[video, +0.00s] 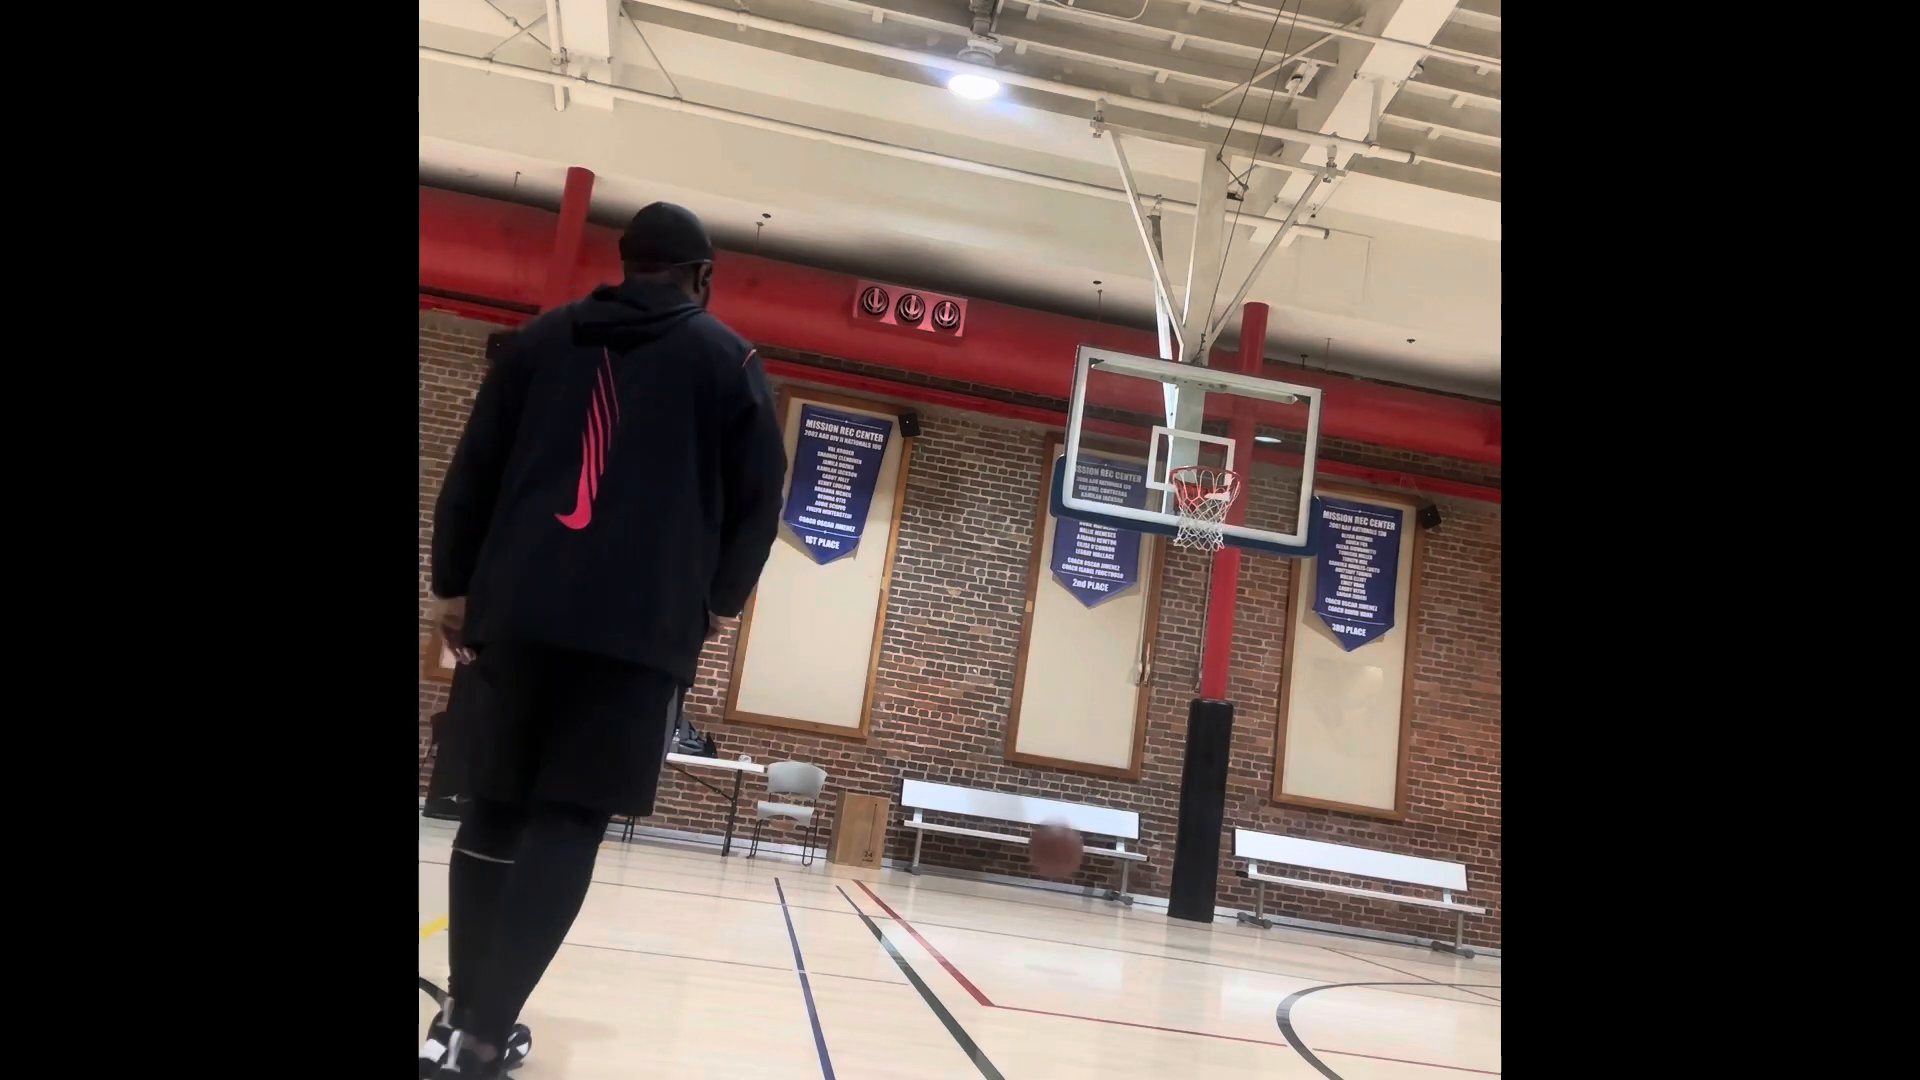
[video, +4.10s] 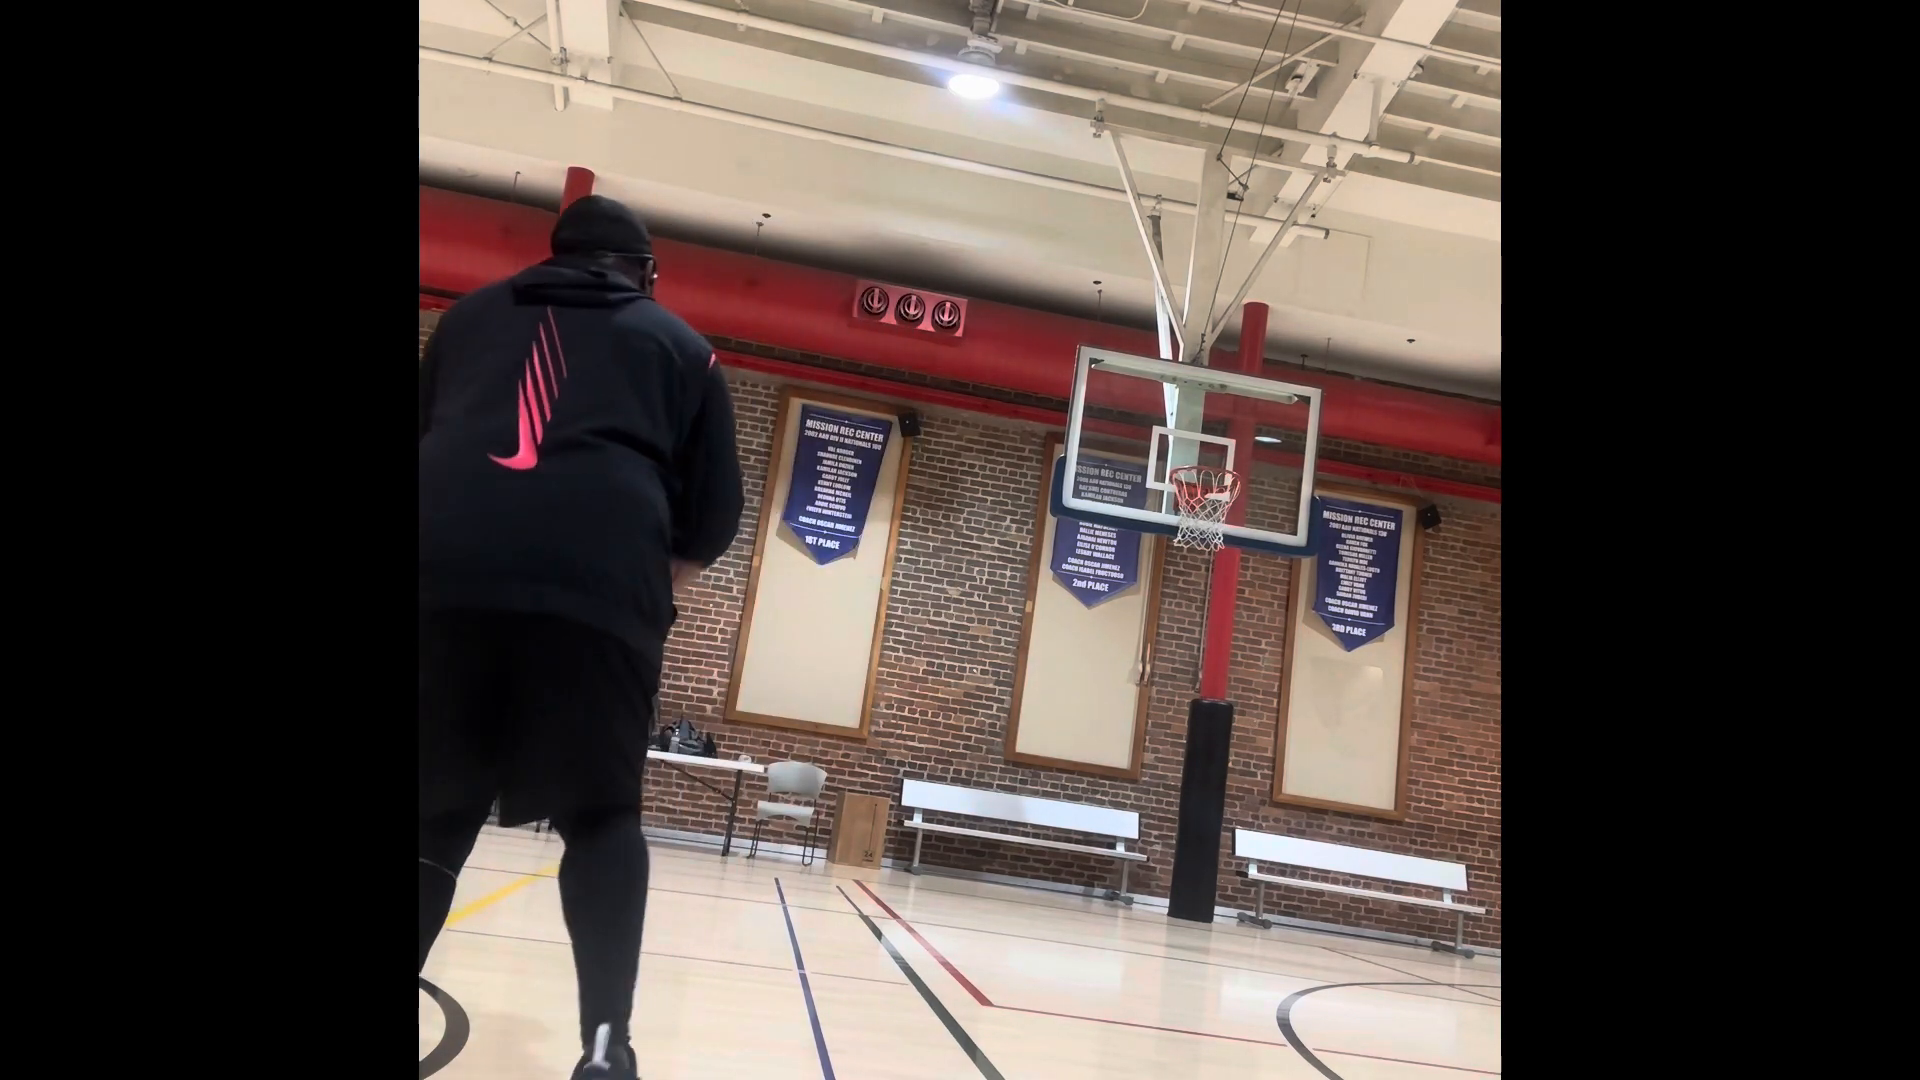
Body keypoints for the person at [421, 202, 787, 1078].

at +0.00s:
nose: (710, 289)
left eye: (703, 277)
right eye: (710, 277)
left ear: (625, 263)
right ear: (699, 274)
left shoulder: (541, 338)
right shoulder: (726, 361)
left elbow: (474, 468)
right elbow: (760, 493)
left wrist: (451, 591)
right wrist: (721, 598)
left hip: (515, 617)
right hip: (636, 638)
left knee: (491, 810)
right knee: (568, 824)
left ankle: (473, 1012)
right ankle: (480, 1035)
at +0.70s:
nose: (796, 350)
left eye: (795, 337)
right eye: (796, 336)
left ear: (719, 324)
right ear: (777, 331)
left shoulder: (643, 399)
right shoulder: (779, 402)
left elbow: (604, 520)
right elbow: (793, 532)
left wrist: (612, 626)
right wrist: (808, 648)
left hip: (631, 644)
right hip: (723, 653)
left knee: (620, 804)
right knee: (700, 824)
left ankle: (518, 949)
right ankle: (627, 1026)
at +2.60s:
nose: (822, 327)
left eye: (819, 315)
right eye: (823, 315)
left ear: (743, 283)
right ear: (810, 301)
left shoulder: (640, 349)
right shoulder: (801, 332)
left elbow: (575, 482)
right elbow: (837, 489)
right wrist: (864, 648)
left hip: (564, 593)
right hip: (686, 602)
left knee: (547, 825)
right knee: (676, 860)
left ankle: (484, 1046)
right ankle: (618, 1068)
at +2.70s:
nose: (861, 320)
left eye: (864, 310)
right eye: (863, 308)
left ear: (774, 268)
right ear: (846, 288)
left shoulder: (666, 333)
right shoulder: (831, 319)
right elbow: (867, 474)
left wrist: (788, 618)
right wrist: (904, 618)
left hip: (566, 575)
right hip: (692, 588)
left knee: (531, 827)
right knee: (689, 866)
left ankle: (473, 1048)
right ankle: (618, 1070)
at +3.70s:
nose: (767, 265)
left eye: (767, 254)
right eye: (765, 252)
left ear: (661, 227)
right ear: (749, 242)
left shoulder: (562, 284)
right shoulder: (760, 294)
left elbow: (498, 417)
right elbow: (793, 448)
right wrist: (741, 599)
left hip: (462, 538)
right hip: (619, 554)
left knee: (441, 821)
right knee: (607, 845)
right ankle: (585, 1069)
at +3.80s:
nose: (726, 268)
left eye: (722, 258)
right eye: (727, 256)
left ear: (621, 230)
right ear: (711, 249)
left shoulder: (522, 294)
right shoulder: (736, 309)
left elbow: (469, 424)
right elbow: (774, 471)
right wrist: (693, 591)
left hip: (454, 553)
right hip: (615, 568)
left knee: (438, 820)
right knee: (605, 847)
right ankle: (586, 1069)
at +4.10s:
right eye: (647, 268)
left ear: (555, 253)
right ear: (642, 270)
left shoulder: (466, 316)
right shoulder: (681, 348)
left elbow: (424, 432)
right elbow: (712, 518)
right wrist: (637, 544)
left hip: (445, 585)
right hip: (598, 601)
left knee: (435, 816)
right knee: (603, 813)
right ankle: (605, 1038)